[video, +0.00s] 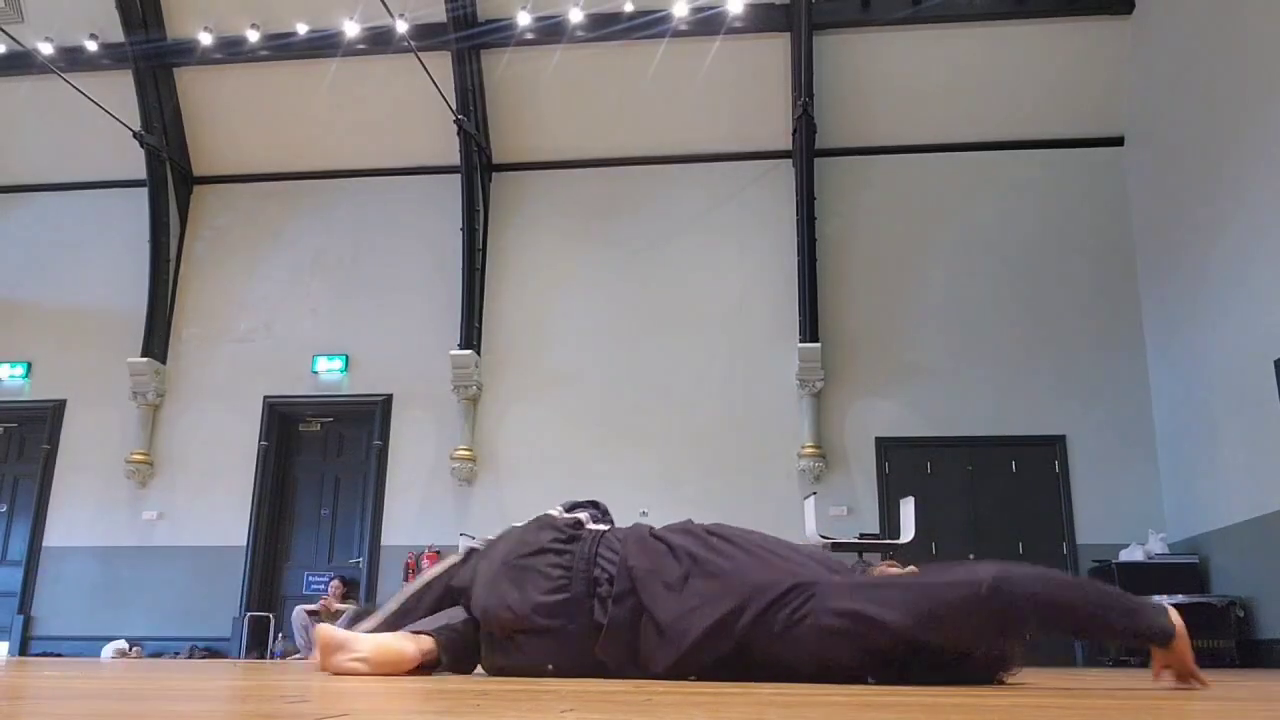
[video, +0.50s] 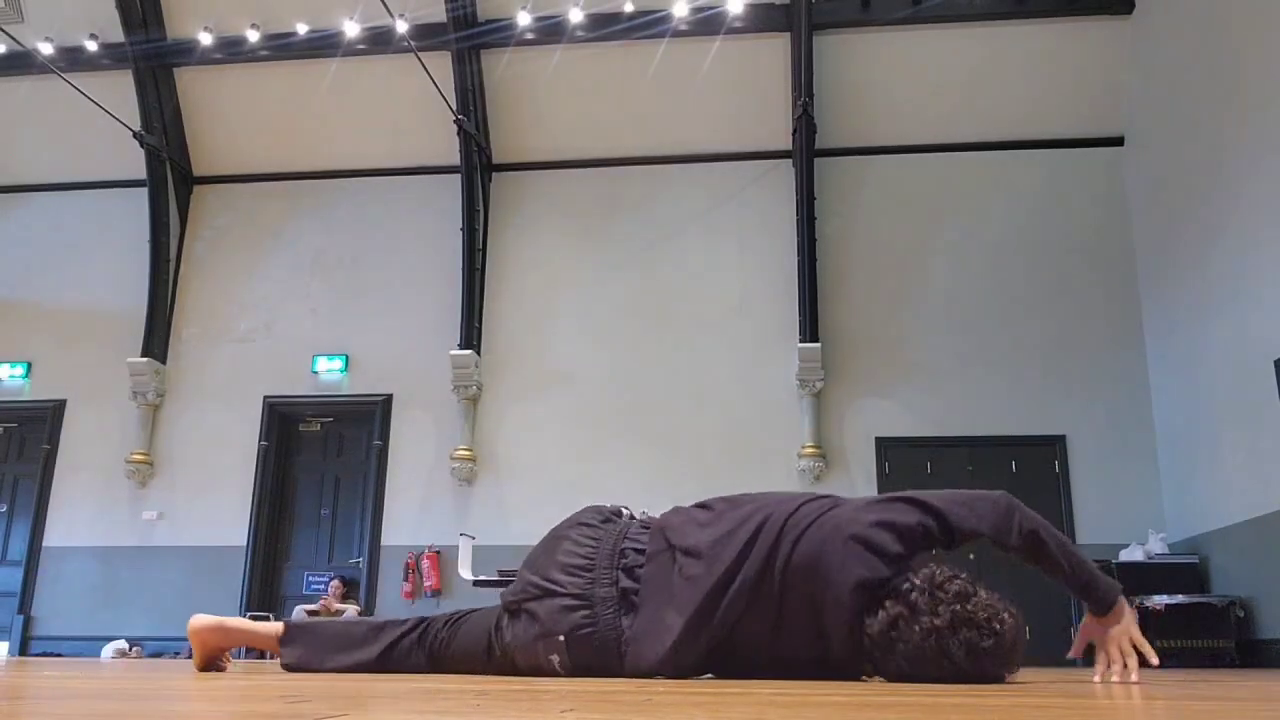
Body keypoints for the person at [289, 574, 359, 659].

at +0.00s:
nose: (333, 591)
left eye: (337, 588)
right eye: (331, 587)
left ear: (344, 590)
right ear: (328, 589)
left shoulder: (349, 603)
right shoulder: (323, 603)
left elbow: (356, 608)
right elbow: (299, 608)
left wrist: (335, 606)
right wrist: (316, 607)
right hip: (318, 633)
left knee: (352, 612)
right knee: (298, 611)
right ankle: (304, 651)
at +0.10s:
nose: (333, 591)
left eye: (337, 588)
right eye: (331, 587)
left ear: (343, 591)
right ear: (328, 588)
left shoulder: (349, 603)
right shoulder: (324, 602)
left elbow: (357, 609)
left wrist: (336, 606)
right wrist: (317, 607)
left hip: (337, 628)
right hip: (318, 627)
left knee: (352, 613)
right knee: (298, 610)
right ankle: (302, 642)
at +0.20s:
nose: (333, 591)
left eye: (337, 588)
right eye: (331, 587)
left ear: (343, 591)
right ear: (328, 588)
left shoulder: (349, 603)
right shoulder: (324, 602)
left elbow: (357, 610)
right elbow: (301, 608)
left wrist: (336, 606)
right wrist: (317, 607)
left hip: (337, 628)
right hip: (318, 627)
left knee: (352, 613)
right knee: (298, 610)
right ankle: (300, 641)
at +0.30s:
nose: (333, 591)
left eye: (337, 588)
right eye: (331, 587)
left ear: (344, 590)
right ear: (328, 588)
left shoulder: (348, 603)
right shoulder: (324, 602)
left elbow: (357, 609)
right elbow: (298, 608)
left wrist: (335, 606)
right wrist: (315, 607)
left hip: (340, 628)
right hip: (320, 626)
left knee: (352, 613)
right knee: (298, 611)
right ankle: (300, 640)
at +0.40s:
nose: (333, 591)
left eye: (337, 588)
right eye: (331, 587)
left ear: (344, 590)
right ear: (328, 588)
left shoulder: (349, 603)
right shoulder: (323, 603)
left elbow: (357, 610)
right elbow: (298, 608)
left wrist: (335, 607)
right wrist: (316, 607)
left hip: (340, 631)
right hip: (320, 629)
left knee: (352, 612)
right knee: (298, 611)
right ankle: (308, 636)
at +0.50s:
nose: (333, 591)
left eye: (337, 588)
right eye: (331, 587)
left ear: (343, 590)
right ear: (328, 588)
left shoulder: (349, 603)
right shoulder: (323, 603)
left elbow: (357, 610)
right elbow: (298, 608)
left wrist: (336, 606)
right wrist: (317, 607)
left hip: (338, 631)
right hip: (318, 629)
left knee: (352, 612)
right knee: (298, 610)